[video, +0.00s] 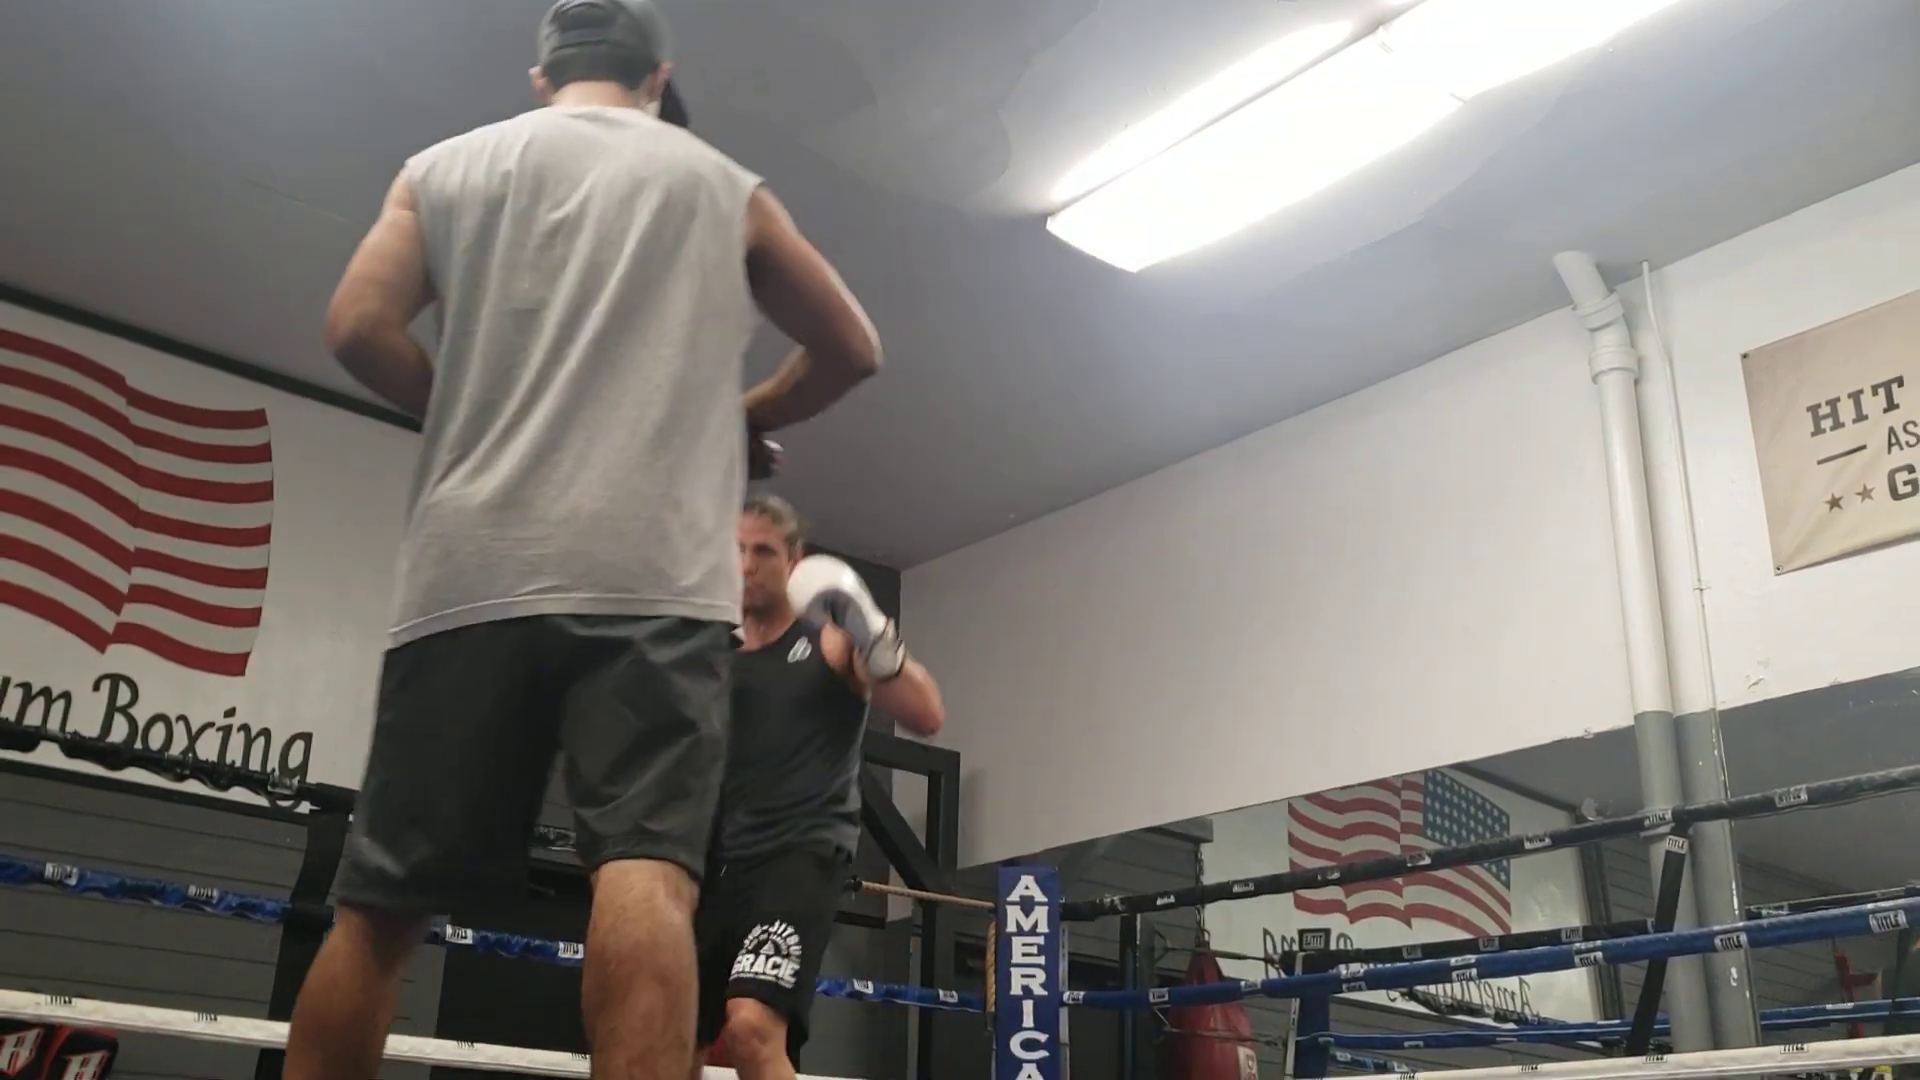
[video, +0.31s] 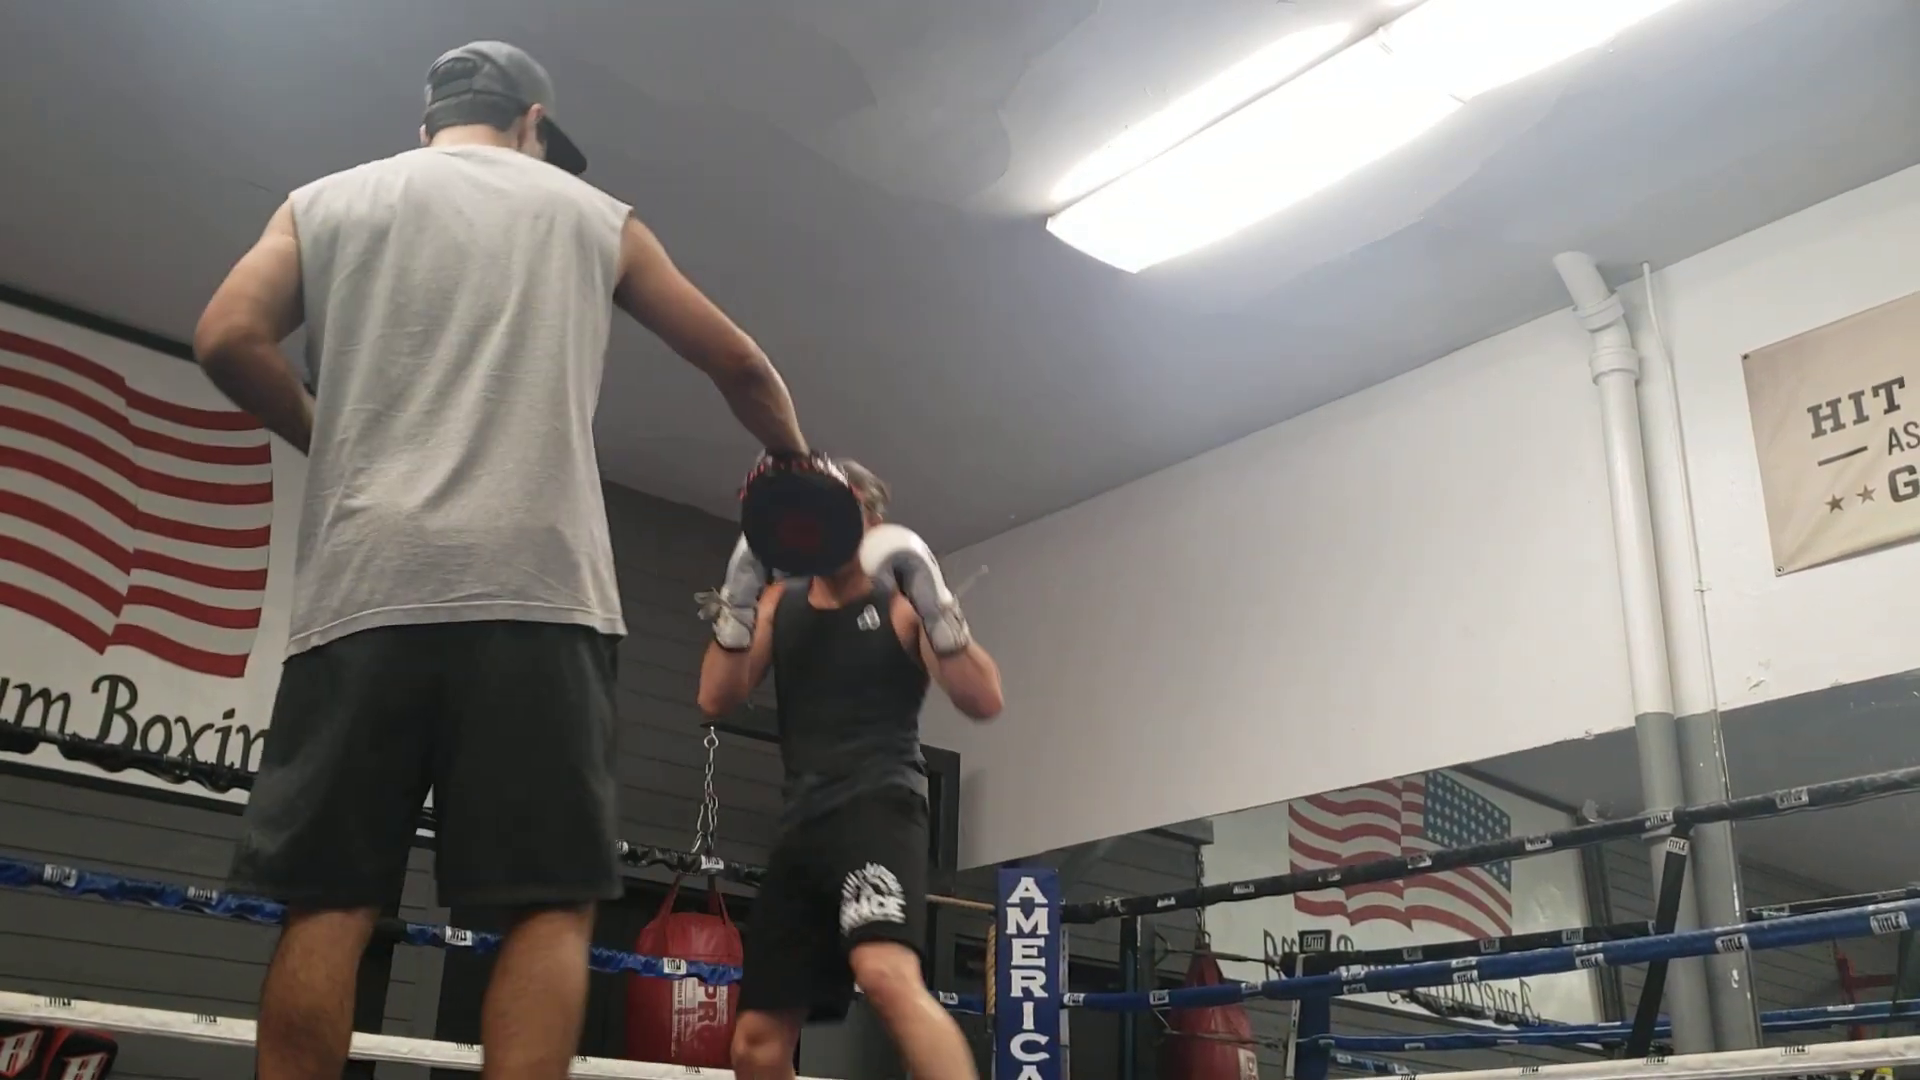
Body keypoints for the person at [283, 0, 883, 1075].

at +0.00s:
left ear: (537, 81)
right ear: (659, 83)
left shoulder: (442, 169)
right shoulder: (725, 184)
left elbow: (360, 325)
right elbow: (852, 347)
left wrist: (465, 411)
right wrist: (746, 419)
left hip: (466, 568)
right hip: (661, 578)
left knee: (378, 906)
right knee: (645, 873)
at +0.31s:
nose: (545, 147)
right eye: (547, 134)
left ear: (424, 125)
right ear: (531, 125)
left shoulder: (326, 202)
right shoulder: (587, 213)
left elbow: (225, 336)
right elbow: (743, 362)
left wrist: (325, 438)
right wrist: (796, 458)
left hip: (360, 596)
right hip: (541, 599)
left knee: (328, 904)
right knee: (549, 904)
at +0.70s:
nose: (586, 248)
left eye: (593, 229)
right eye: (588, 222)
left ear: (473, 189)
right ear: (555, 191)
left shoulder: (335, 277)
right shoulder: (570, 286)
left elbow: (254, 432)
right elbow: (600, 435)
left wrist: (367, 480)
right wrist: (626, 620)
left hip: (304, 634)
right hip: (466, 653)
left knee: (298, 921)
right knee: (432, 955)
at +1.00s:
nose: (622, 264)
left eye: (629, 240)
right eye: (623, 232)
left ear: (522, 207)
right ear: (581, 204)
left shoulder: (396, 323)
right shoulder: (573, 305)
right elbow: (585, 457)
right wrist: (624, 636)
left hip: (355, 688)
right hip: (480, 686)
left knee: (316, 961)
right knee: (425, 966)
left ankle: (231, 1071)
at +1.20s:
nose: (631, 266)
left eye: (637, 244)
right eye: (629, 237)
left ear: (547, 223)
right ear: (583, 215)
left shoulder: (470, 324)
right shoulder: (549, 302)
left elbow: (487, 508)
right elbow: (556, 446)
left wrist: (603, 476)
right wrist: (647, 598)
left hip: (435, 688)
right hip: (492, 689)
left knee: (439, 964)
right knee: (435, 968)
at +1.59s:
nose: (691, 342)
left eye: (697, 324)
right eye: (686, 316)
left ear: (640, 305)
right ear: (635, 296)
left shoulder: (613, 438)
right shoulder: (565, 382)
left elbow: (680, 571)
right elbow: (551, 500)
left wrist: (754, 501)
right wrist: (679, 611)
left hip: (625, 749)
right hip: (564, 735)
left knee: (639, 1006)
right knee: (499, 978)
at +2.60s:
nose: (656, 465)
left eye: (662, 450)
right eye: (639, 445)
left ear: (664, 459)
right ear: (586, 446)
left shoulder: (695, 553)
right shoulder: (511, 570)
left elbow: (801, 582)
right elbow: (467, 697)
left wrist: (908, 629)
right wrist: (548, 737)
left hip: (663, 852)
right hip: (543, 854)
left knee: (653, 1042)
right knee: (520, 1055)